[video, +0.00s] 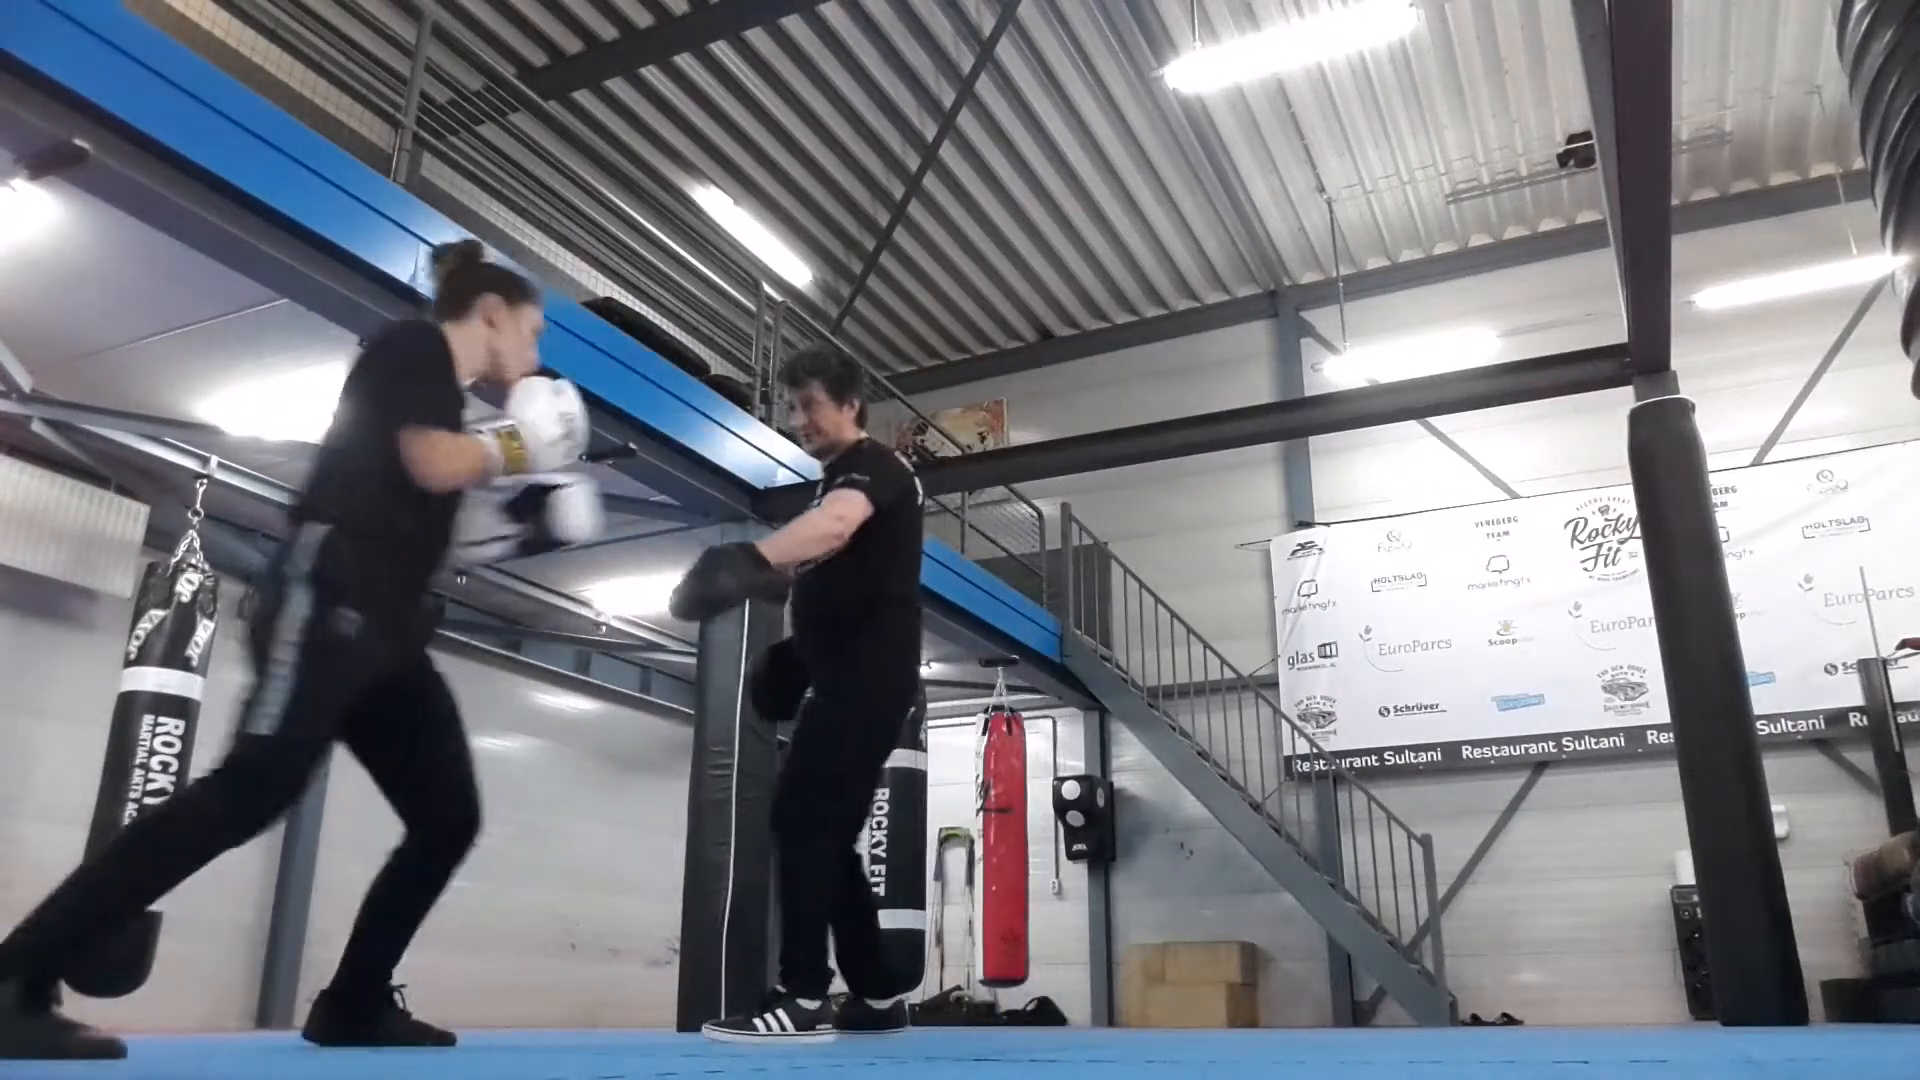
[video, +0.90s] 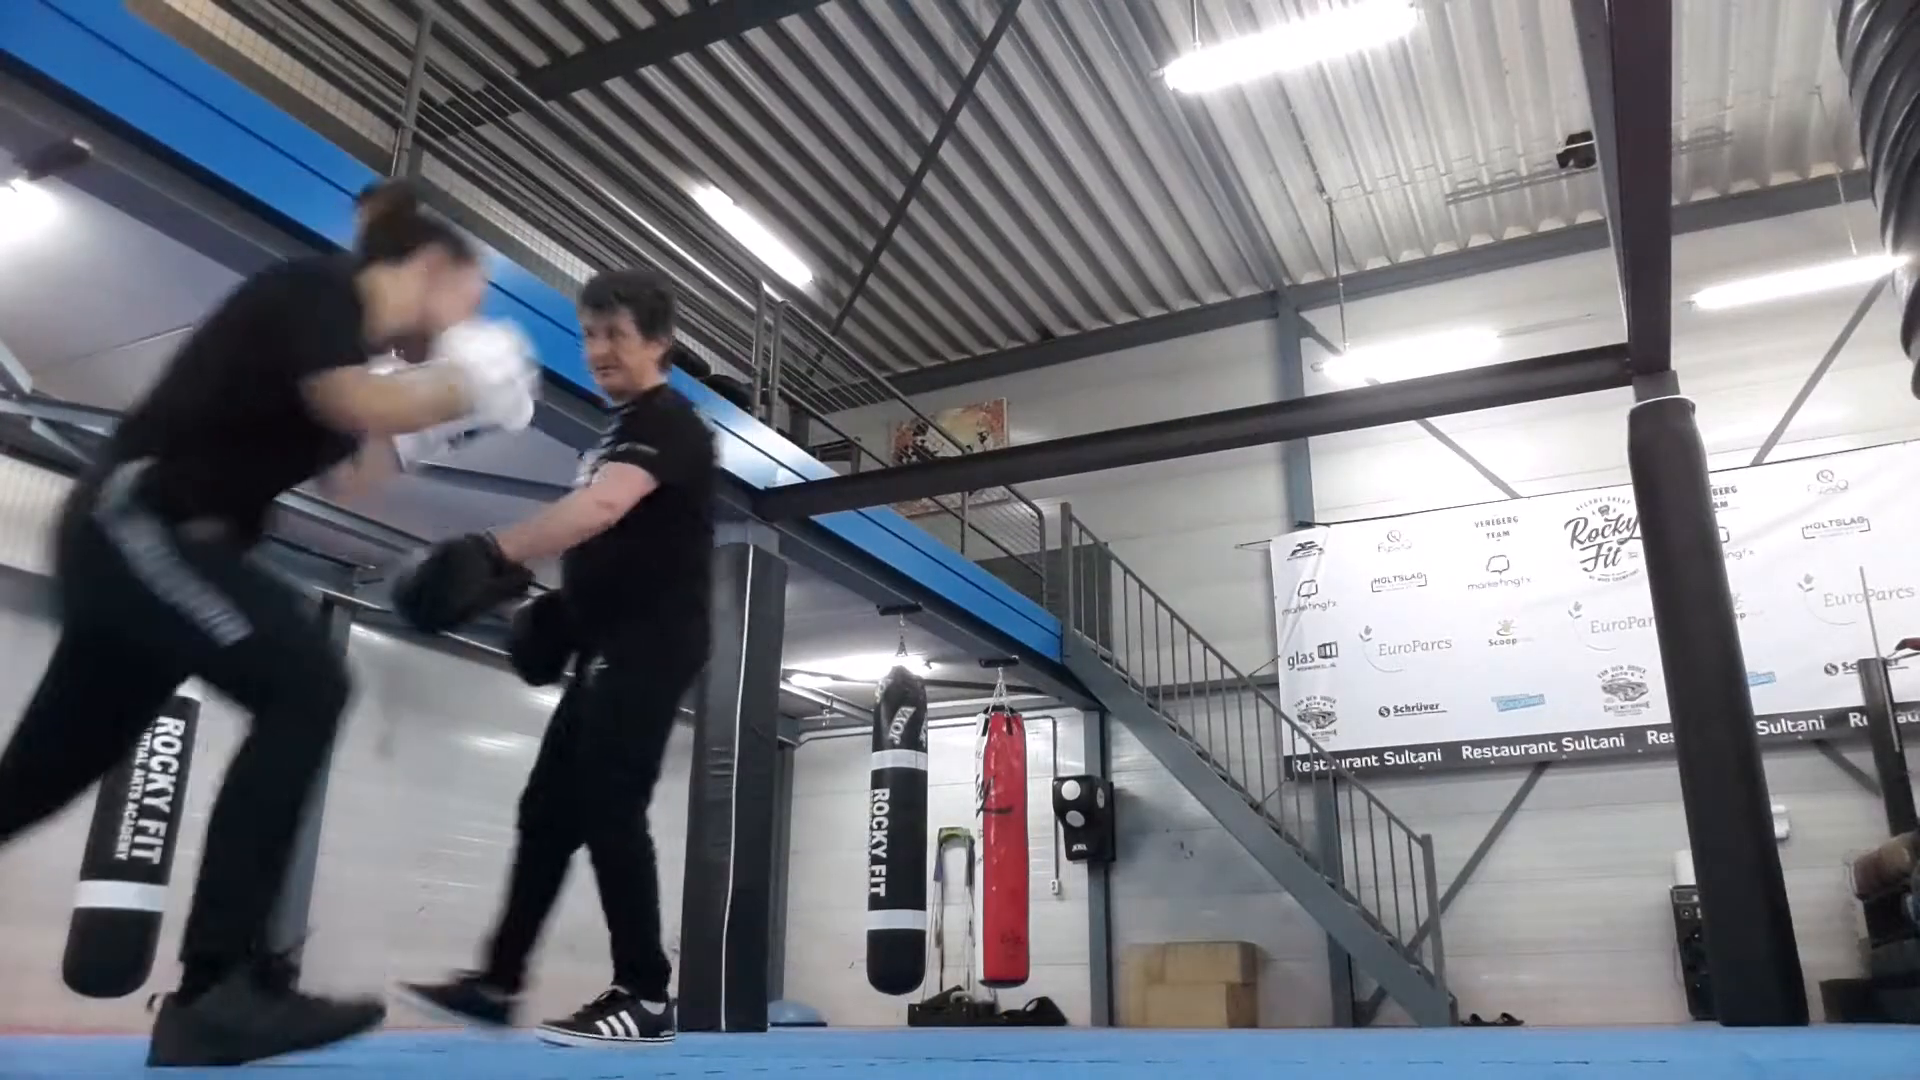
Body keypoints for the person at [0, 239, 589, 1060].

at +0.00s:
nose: (534, 356)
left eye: (536, 339)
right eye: (531, 334)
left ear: (483, 320)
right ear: (489, 314)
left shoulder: (445, 393)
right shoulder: (414, 347)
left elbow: (420, 503)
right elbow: (431, 462)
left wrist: (521, 525)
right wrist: (518, 439)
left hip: (382, 625)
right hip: (326, 603)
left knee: (446, 818)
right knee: (250, 793)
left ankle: (356, 1004)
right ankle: (22, 971)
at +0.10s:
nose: (516, 319)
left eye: (519, 303)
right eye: (513, 298)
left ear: (467, 284)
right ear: (472, 277)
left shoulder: (426, 362)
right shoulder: (379, 298)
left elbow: (370, 482)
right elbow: (394, 395)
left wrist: (462, 498)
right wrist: (491, 385)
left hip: (350, 584)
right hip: (285, 557)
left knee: (390, 779)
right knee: (208, 750)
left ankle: (361, 985)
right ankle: (16, 970)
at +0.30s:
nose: (477, 241)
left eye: (482, 228)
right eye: (474, 218)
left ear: (432, 214)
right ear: (432, 190)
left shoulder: (397, 294)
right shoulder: (360, 198)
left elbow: (359, 434)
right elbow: (383, 278)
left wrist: (468, 411)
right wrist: (480, 287)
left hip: (296, 486)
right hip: (239, 441)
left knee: (346, 727)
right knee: (187, 681)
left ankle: (243, 959)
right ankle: (4, 935)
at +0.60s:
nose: (436, 255)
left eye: (442, 241)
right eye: (435, 231)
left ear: (389, 207)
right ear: (395, 194)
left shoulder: (335, 282)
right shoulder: (318, 194)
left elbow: (285, 424)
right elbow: (258, 270)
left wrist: (389, 413)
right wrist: (369, 334)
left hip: (214, 460)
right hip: (170, 424)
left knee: (213, 707)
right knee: (190, 685)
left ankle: (104, 958)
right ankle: (18, 923)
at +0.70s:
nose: (432, 277)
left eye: (438, 260)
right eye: (433, 251)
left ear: (385, 227)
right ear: (392, 215)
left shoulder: (323, 302)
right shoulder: (308, 213)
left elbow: (263, 442)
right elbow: (221, 275)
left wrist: (387, 432)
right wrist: (338, 356)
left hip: (180, 469)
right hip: (133, 434)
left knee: (150, 739)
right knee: (231, 640)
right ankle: (133, 935)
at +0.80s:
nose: (428, 331)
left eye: (434, 313)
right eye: (429, 305)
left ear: (374, 278)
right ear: (380, 272)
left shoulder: (319, 368)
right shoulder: (259, 281)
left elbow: (329, 498)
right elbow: (223, 371)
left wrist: (428, 452)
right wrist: (358, 398)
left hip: (140, 548)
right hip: (91, 522)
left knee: (25, 798)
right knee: (248, 676)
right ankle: (235, 960)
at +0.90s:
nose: (469, 312)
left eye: (475, 296)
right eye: (469, 289)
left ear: (418, 272)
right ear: (424, 263)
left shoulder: (348, 342)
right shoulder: (317, 291)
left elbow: (360, 483)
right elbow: (347, 399)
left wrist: (436, 401)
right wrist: (460, 387)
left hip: (182, 544)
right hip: (136, 528)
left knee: (36, 780)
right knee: (306, 686)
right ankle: (223, 992)